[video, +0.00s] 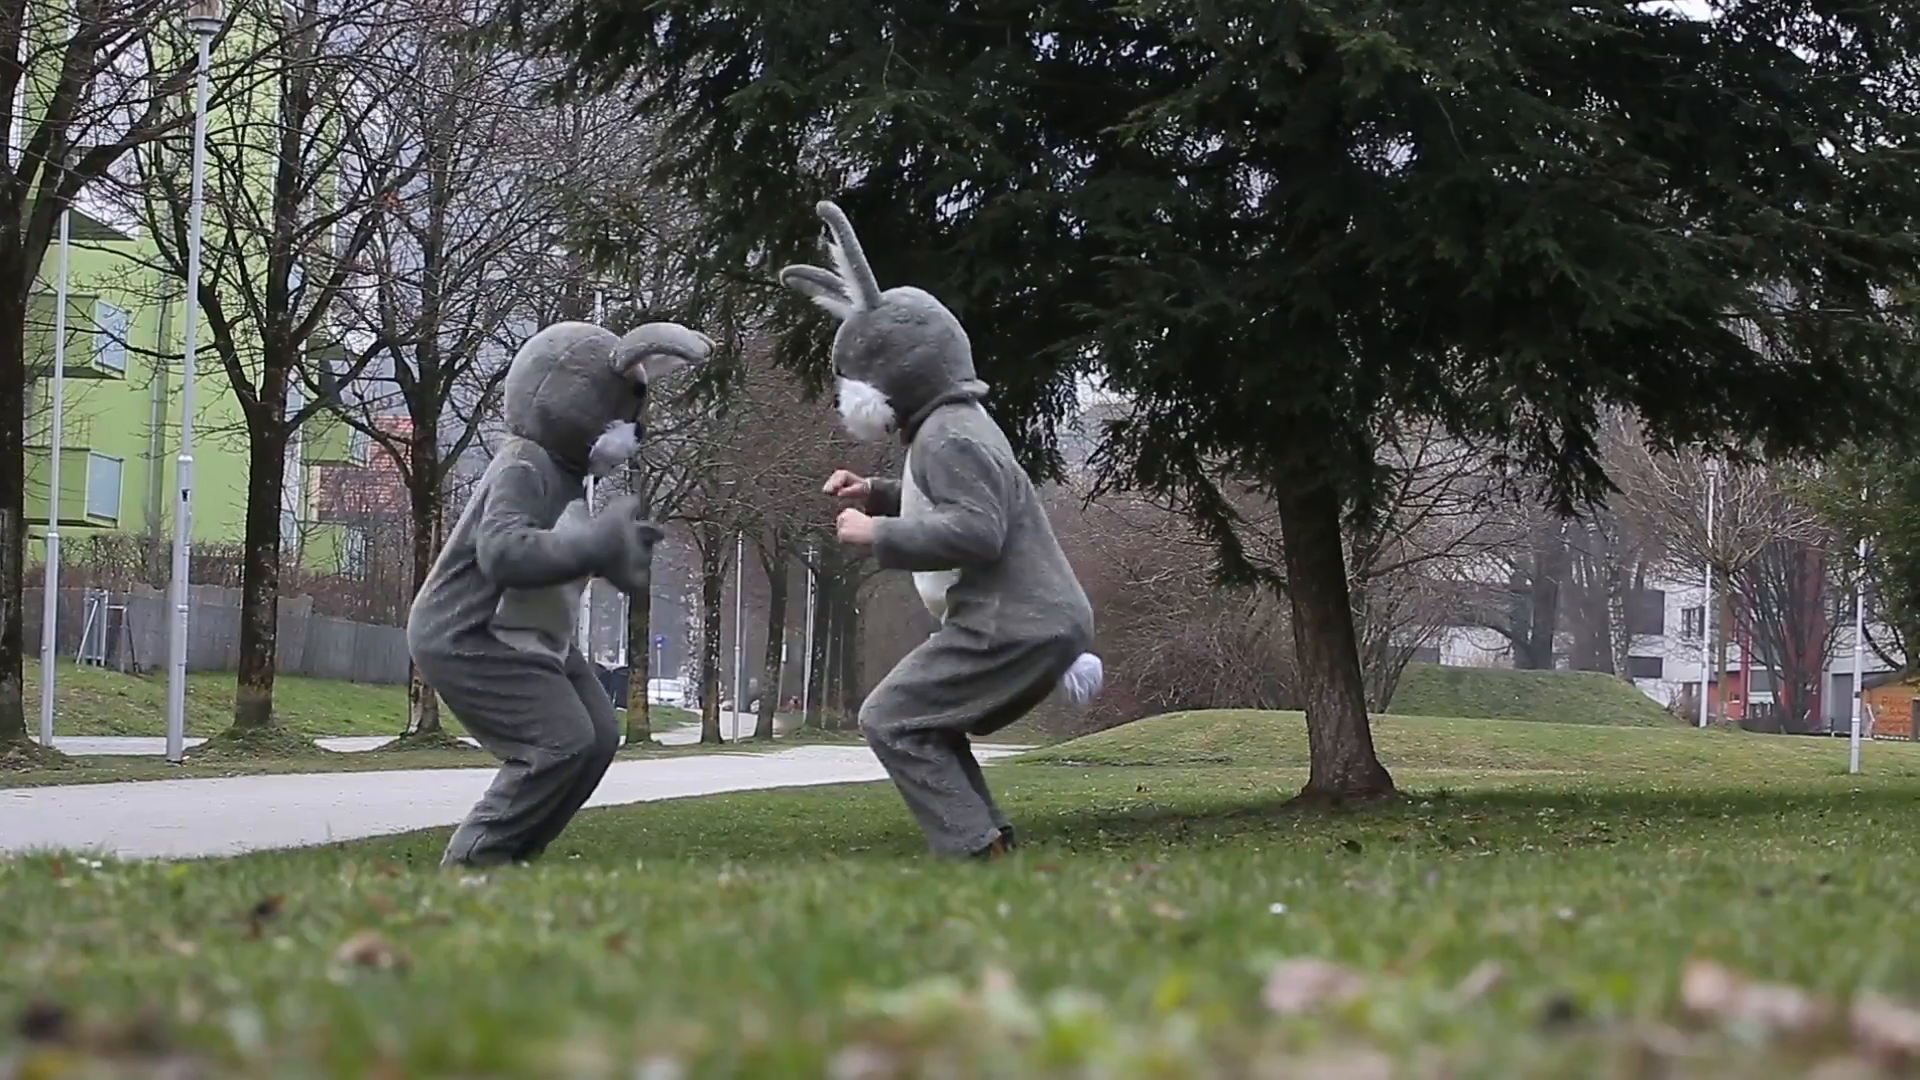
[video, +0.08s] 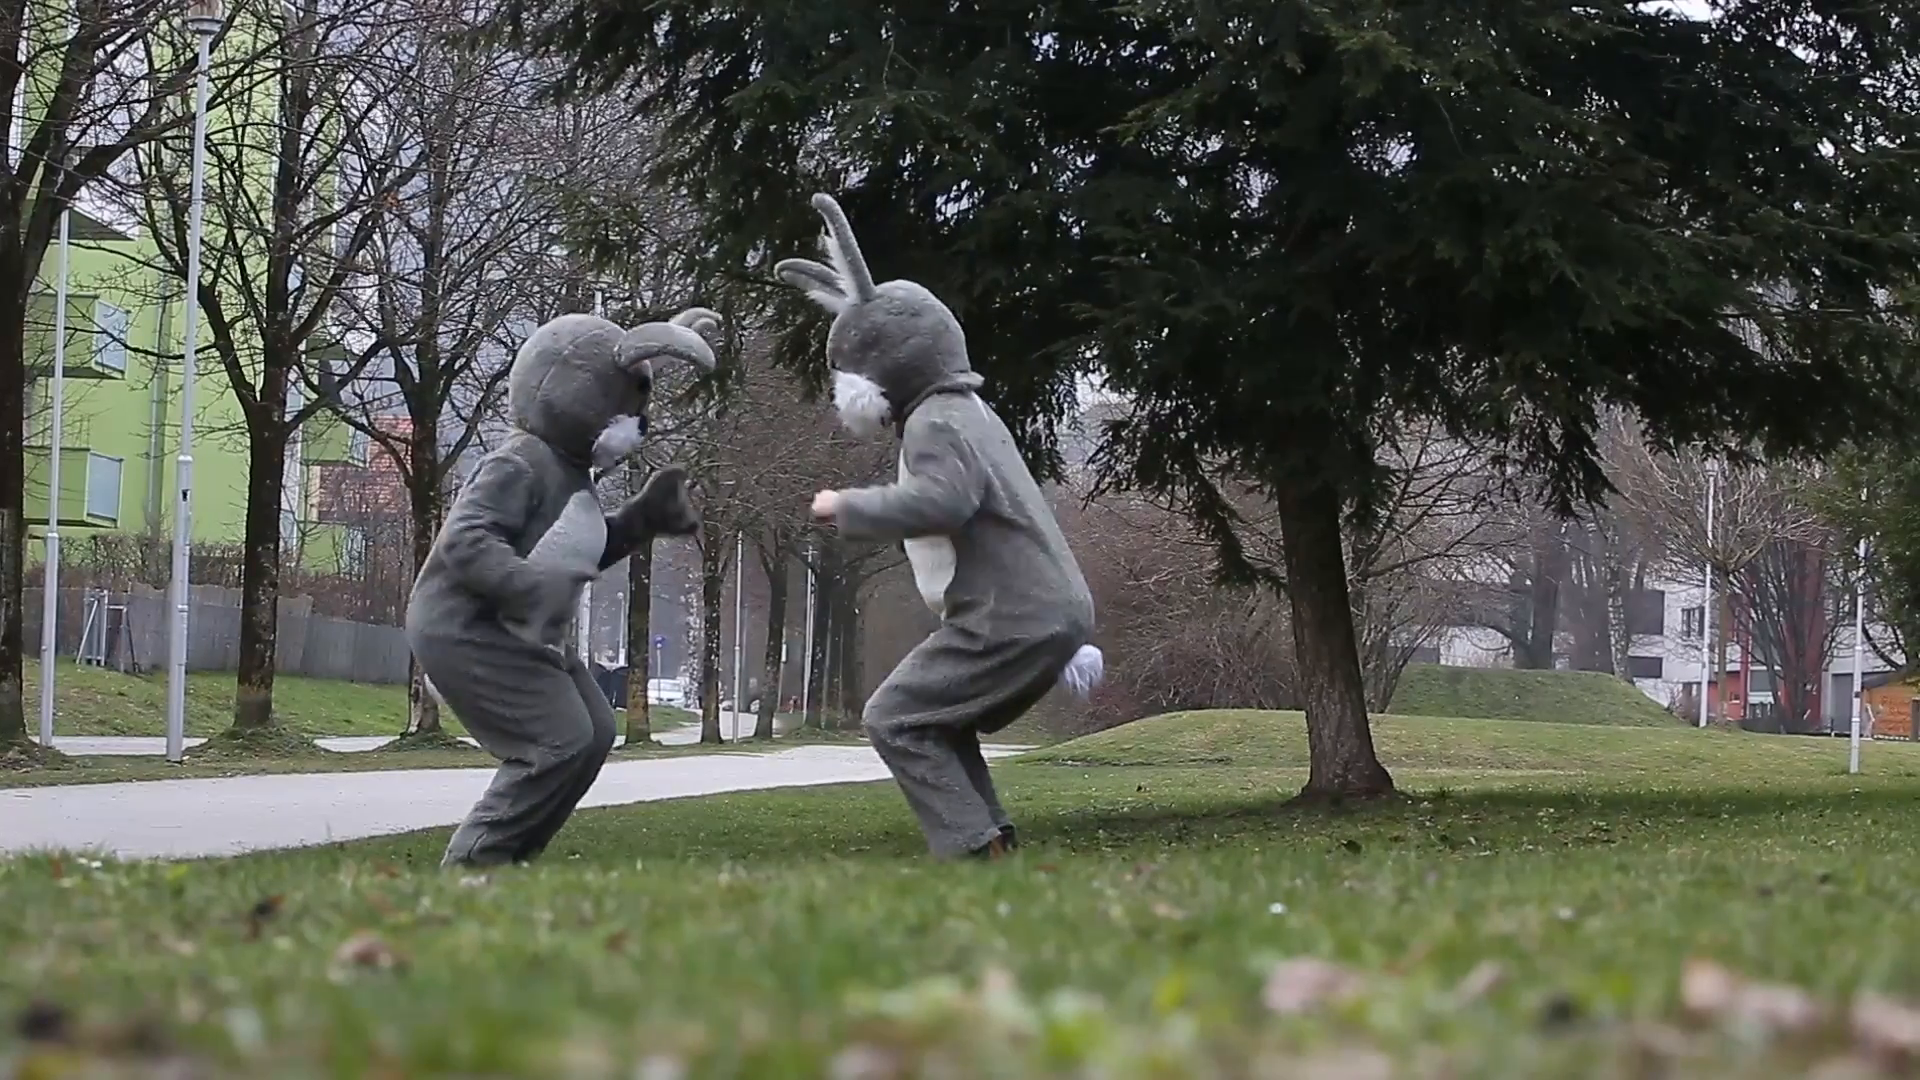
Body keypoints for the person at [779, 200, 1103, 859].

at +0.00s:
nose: (847, 397)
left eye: (854, 380)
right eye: (845, 382)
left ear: (894, 374)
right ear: (921, 366)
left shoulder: (948, 436)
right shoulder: (954, 427)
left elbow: (979, 531)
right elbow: (946, 505)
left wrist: (883, 531)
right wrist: (878, 493)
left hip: (1018, 623)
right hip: (1037, 621)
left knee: (890, 716)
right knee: (923, 719)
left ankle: (974, 844)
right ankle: (985, 835)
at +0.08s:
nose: (844, 392)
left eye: (849, 374)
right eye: (841, 377)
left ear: (888, 364)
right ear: (927, 355)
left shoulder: (936, 419)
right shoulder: (971, 414)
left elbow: (945, 497)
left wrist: (850, 505)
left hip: (1015, 616)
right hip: (1053, 613)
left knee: (893, 716)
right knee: (942, 721)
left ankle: (973, 843)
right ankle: (989, 833)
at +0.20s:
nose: (843, 391)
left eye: (847, 372)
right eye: (838, 375)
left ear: (883, 360)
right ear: (932, 350)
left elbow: (884, 454)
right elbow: (993, 506)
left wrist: (816, 475)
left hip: (1016, 609)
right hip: (1057, 606)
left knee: (898, 715)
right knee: (947, 722)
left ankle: (978, 840)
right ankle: (993, 832)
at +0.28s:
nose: (839, 387)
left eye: (845, 370)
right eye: (835, 373)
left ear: (882, 360)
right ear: (923, 351)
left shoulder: (933, 409)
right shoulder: (965, 408)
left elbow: (923, 467)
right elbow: (982, 506)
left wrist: (835, 479)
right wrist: (920, 529)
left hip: (1013, 607)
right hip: (1048, 606)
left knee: (892, 716)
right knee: (939, 722)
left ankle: (977, 842)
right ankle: (989, 833)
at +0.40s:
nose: (836, 398)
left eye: (843, 379)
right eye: (833, 382)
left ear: (883, 369)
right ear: (911, 362)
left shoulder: (935, 429)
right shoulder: (946, 423)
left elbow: (963, 519)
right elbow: (954, 509)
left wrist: (866, 517)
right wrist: (884, 499)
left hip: (1008, 624)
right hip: (1028, 621)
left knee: (883, 720)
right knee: (912, 723)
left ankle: (973, 843)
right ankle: (984, 835)